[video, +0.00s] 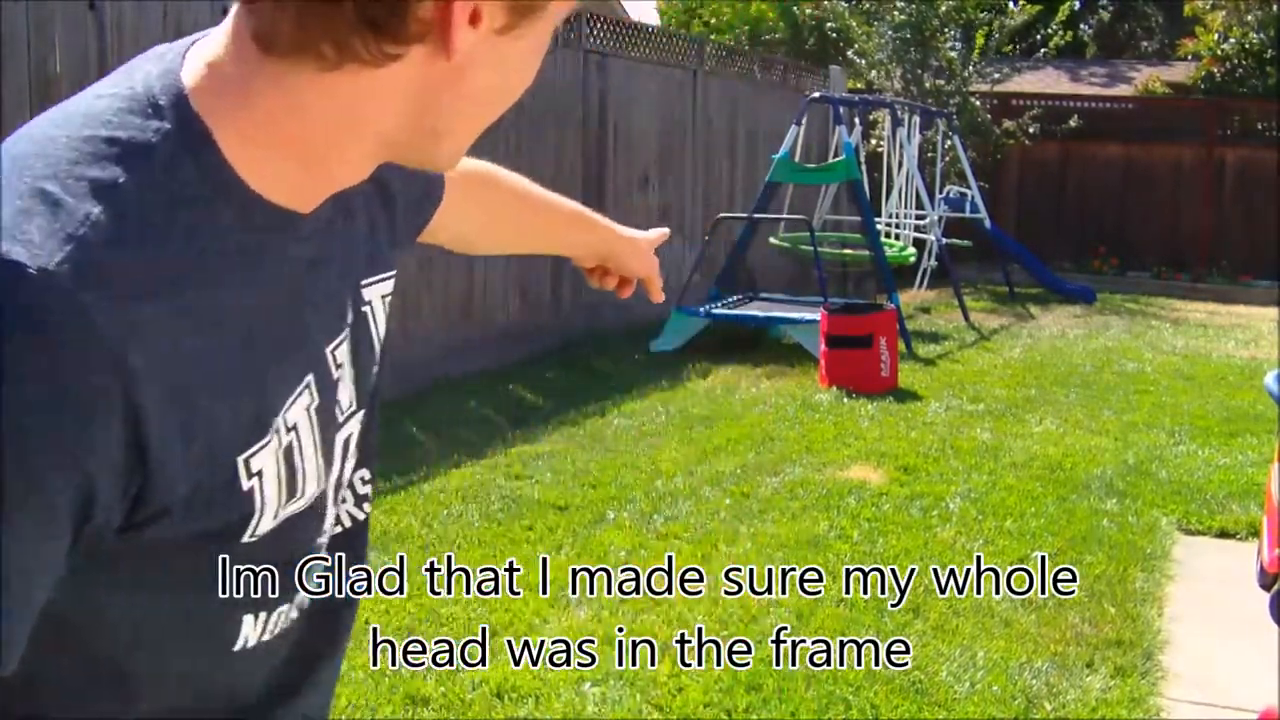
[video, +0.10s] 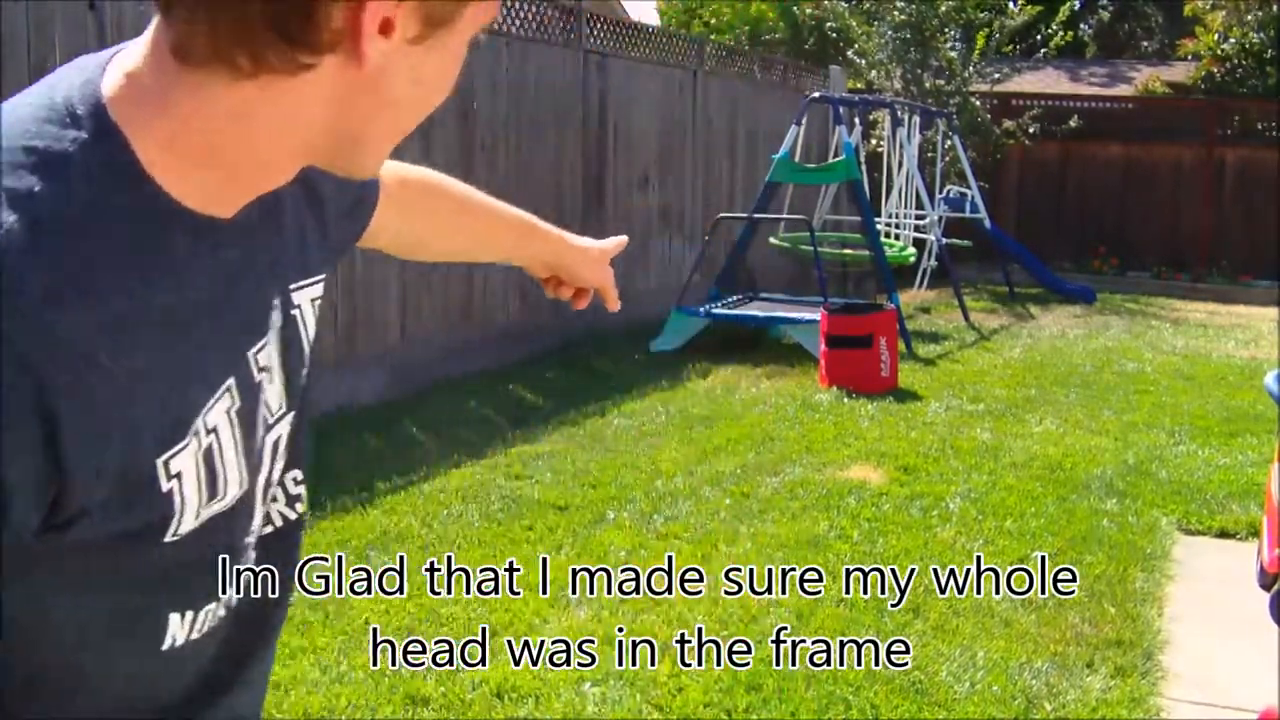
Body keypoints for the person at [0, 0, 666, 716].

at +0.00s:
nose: (535, 67)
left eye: (556, 32)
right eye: (552, 31)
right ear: (471, 19)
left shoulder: (350, 161)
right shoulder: (46, 292)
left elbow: (462, 197)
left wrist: (599, 239)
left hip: (284, 690)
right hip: (111, 703)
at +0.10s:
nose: (454, 77)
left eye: (469, 41)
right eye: (466, 39)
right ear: (380, 28)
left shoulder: (290, 166)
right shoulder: (20, 257)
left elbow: (394, 202)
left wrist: (548, 247)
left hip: (223, 692)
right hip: (62, 700)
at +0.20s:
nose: (379, 86)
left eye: (395, 42)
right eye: (391, 38)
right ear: (300, 28)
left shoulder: (215, 173)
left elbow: (313, 215)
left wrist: (491, 285)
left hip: (162, 689)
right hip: (42, 699)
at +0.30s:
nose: (318, 88)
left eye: (332, 44)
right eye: (328, 42)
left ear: (231, 27)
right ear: (233, 26)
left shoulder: (164, 179)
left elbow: (236, 238)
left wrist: (413, 359)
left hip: (131, 689)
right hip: (30, 700)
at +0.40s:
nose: (277, 80)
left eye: (288, 36)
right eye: (282, 32)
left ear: (178, 18)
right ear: (178, 18)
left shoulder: (142, 182)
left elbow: (173, 270)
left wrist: (317, 412)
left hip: (110, 689)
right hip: (21, 699)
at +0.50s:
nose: (247, 73)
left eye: (256, 28)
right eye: (249, 25)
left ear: (144, 12)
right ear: (144, 11)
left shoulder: (126, 168)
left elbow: (138, 293)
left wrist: (236, 449)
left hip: (97, 684)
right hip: (24, 696)